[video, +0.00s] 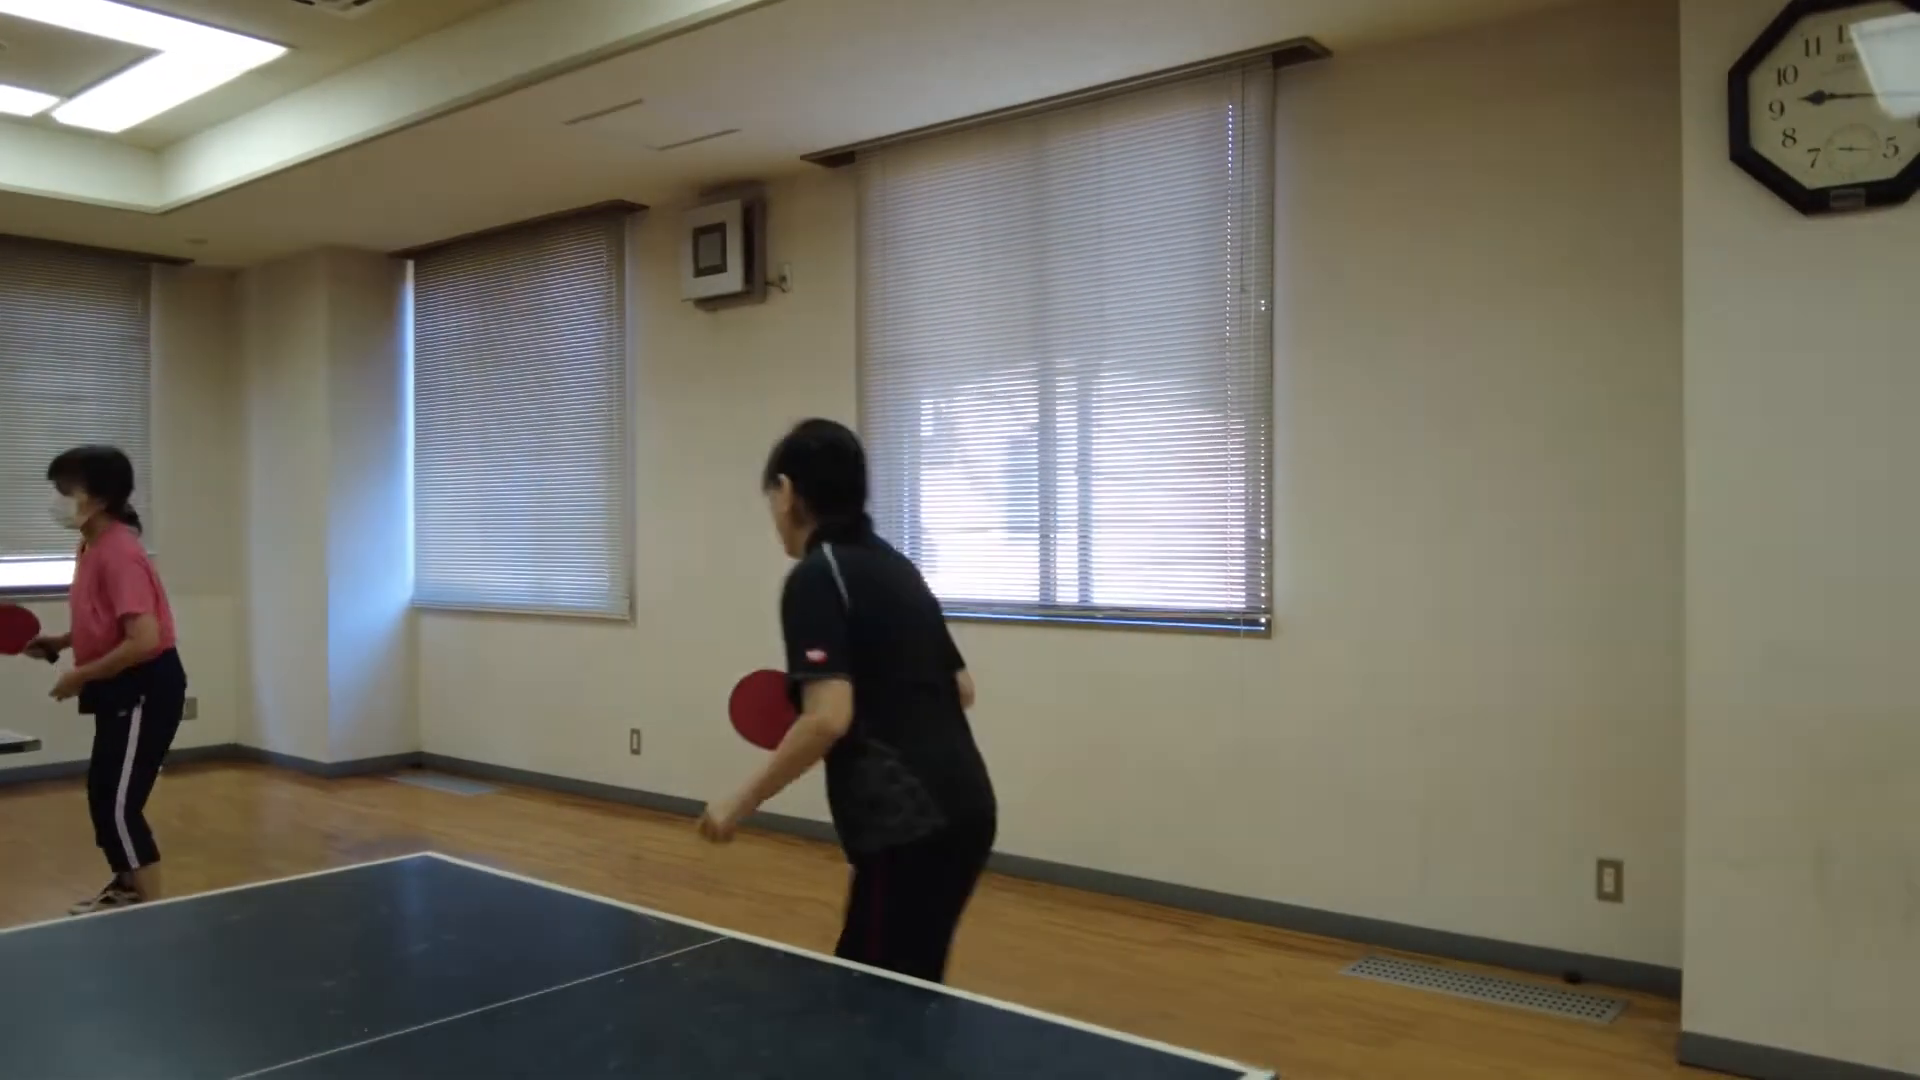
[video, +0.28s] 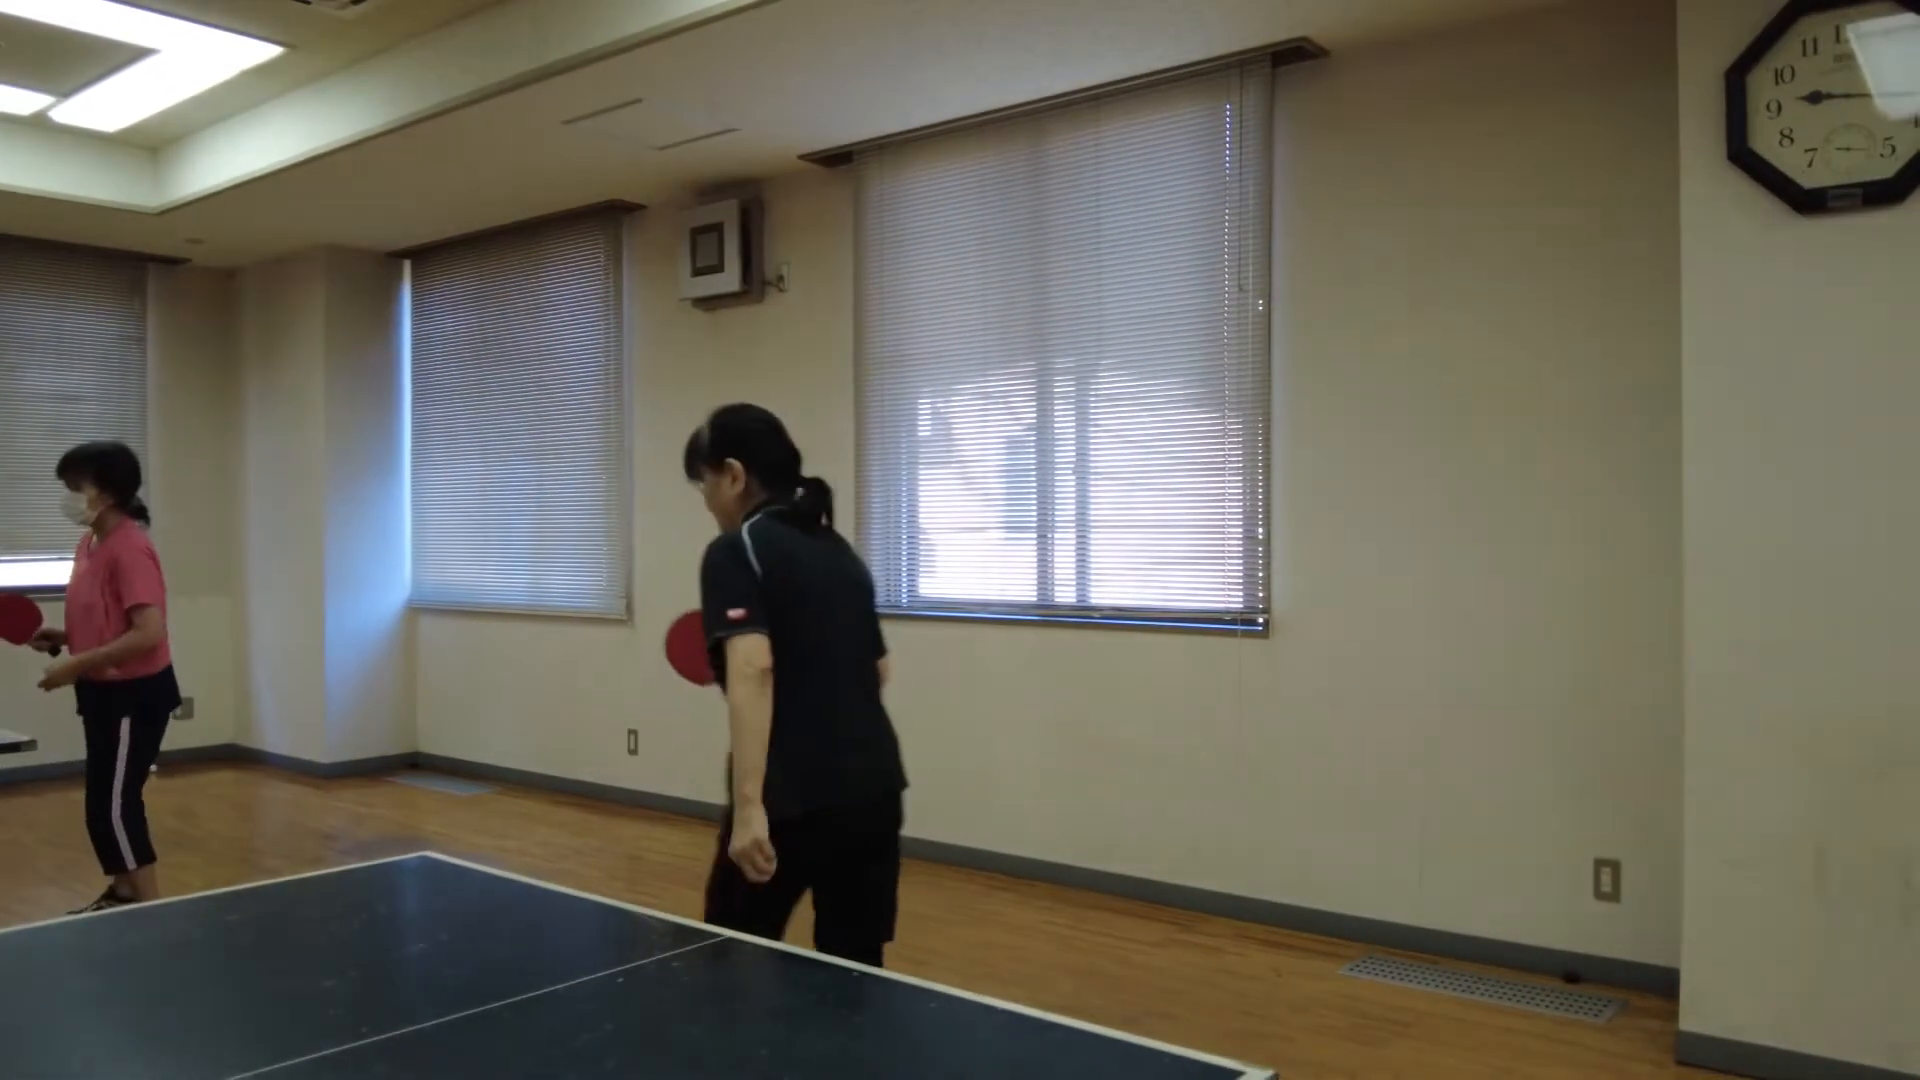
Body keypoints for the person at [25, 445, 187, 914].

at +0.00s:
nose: (60, 502)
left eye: (68, 492)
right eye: (59, 492)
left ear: (98, 496)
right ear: (83, 498)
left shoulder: (119, 549)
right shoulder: (93, 547)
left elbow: (146, 638)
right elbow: (102, 625)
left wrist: (82, 675)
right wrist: (57, 643)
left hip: (147, 684)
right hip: (120, 683)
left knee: (118, 802)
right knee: (104, 794)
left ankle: (156, 911)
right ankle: (128, 888)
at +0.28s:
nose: (70, 499)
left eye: (77, 489)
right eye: (69, 490)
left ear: (107, 490)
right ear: (96, 493)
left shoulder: (129, 545)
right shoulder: (91, 542)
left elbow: (151, 632)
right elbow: (104, 622)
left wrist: (78, 664)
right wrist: (62, 637)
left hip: (136, 694)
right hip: (104, 691)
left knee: (118, 805)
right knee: (101, 803)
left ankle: (151, 909)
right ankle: (125, 892)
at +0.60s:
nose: (78, 497)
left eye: (87, 488)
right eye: (78, 488)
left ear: (116, 490)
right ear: (103, 492)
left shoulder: (137, 541)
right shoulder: (96, 542)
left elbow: (124, 621)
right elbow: (97, 626)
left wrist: (60, 582)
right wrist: (61, 632)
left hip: (122, 687)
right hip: (90, 684)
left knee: (113, 799)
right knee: (91, 794)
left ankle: (150, 906)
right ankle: (122, 890)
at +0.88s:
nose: (87, 500)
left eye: (96, 492)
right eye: (86, 493)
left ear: (128, 496)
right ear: (101, 500)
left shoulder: (144, 545)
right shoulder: (105, 545)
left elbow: (85, 597)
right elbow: (101, 627)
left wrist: (80, 532)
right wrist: (61, 635)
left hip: (111, 677)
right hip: (78, 676)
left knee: (112, 793)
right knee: (84, 789)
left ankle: (149, 905)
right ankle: (119, 893)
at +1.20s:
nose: (86, 508)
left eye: (95, 497)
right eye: (85, 499)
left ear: (127, 501)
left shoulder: (146, 552)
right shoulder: (104, 552)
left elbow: (93, 603)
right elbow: (84, 625)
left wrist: (90, 541)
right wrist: (49, 633)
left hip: (104, 685)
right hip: (68, 683)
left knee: (108, 797)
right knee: (80, 793)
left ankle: (148, 907)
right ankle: (117, 894)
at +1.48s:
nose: (79, 508)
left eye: (88, 498)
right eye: (77, 499)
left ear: (119, 500)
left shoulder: (140, 555)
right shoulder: (96, 552)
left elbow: (137, 637)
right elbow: (86, 635)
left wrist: (69, 605)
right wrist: (39, 643)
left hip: (100, 695)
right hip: (67, 691)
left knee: (108, 801)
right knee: (79, 797)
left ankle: (147, 908)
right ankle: (117, 896)